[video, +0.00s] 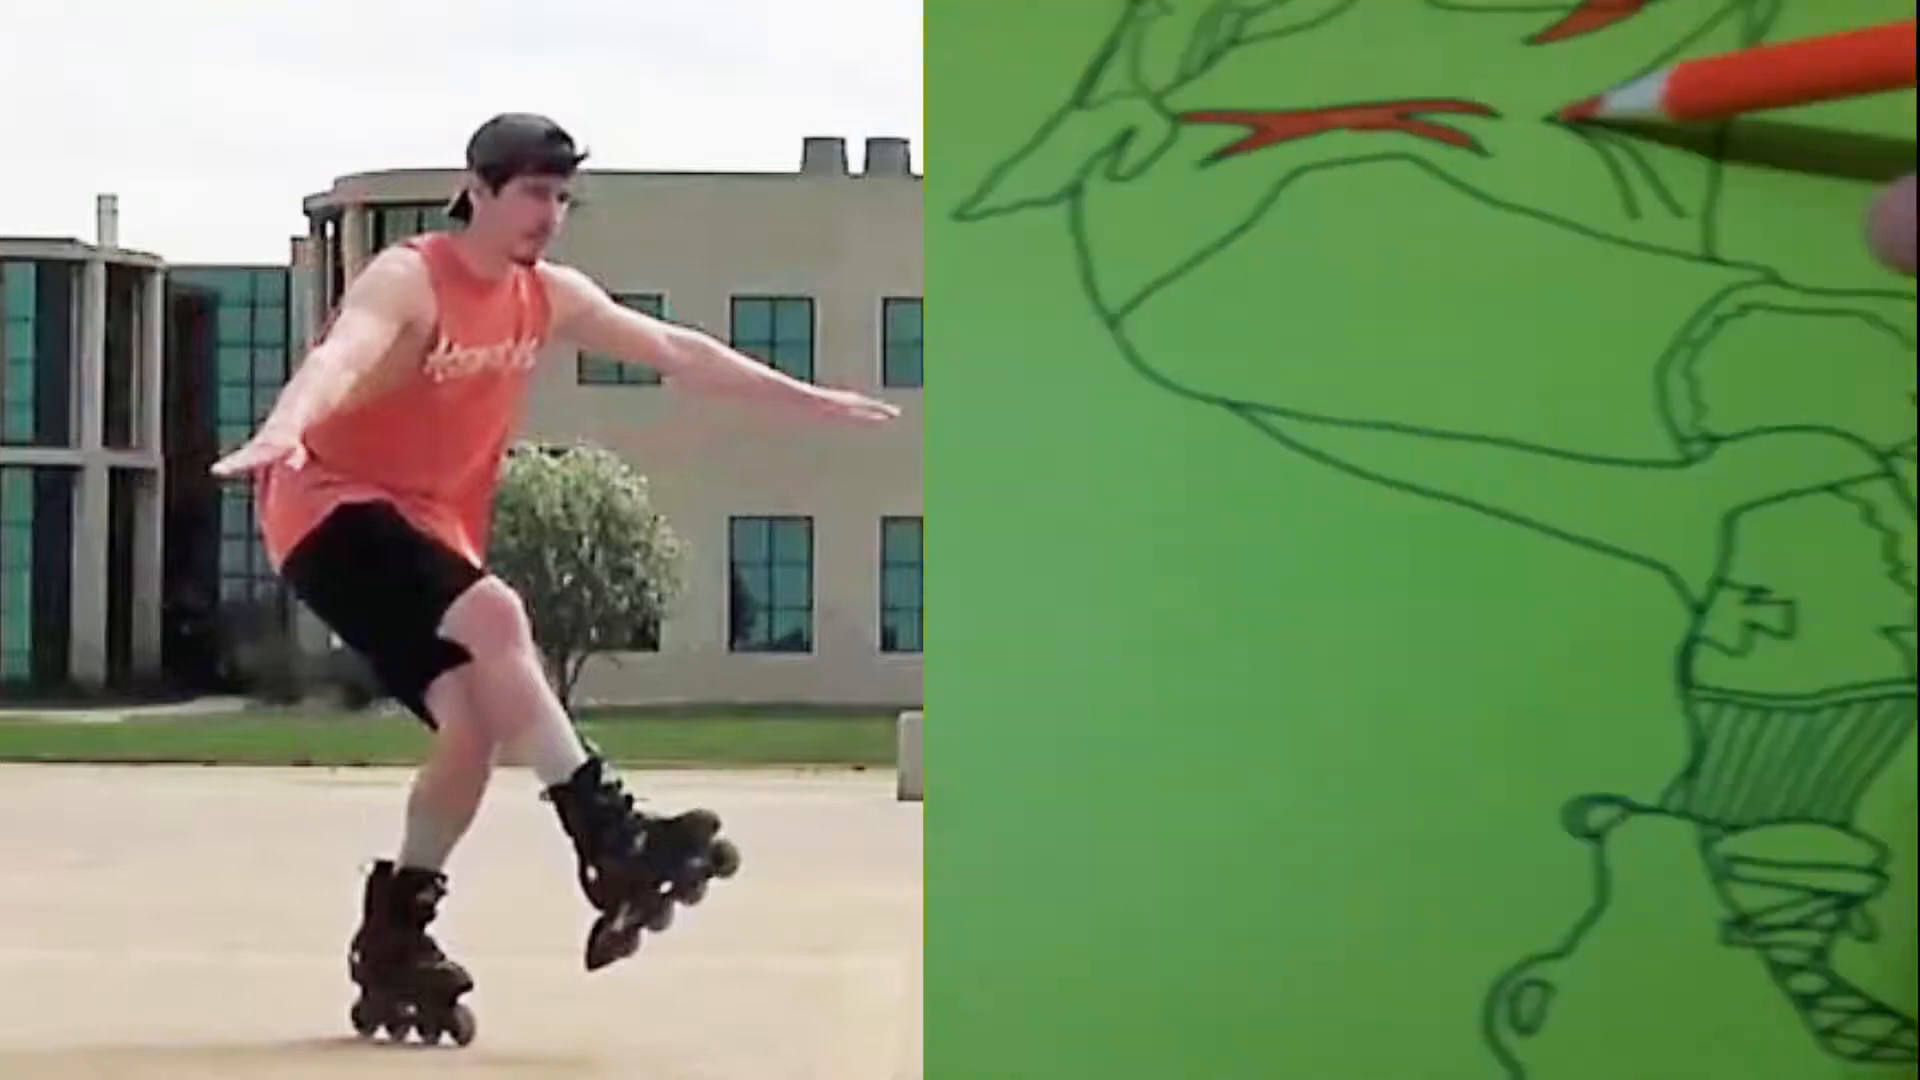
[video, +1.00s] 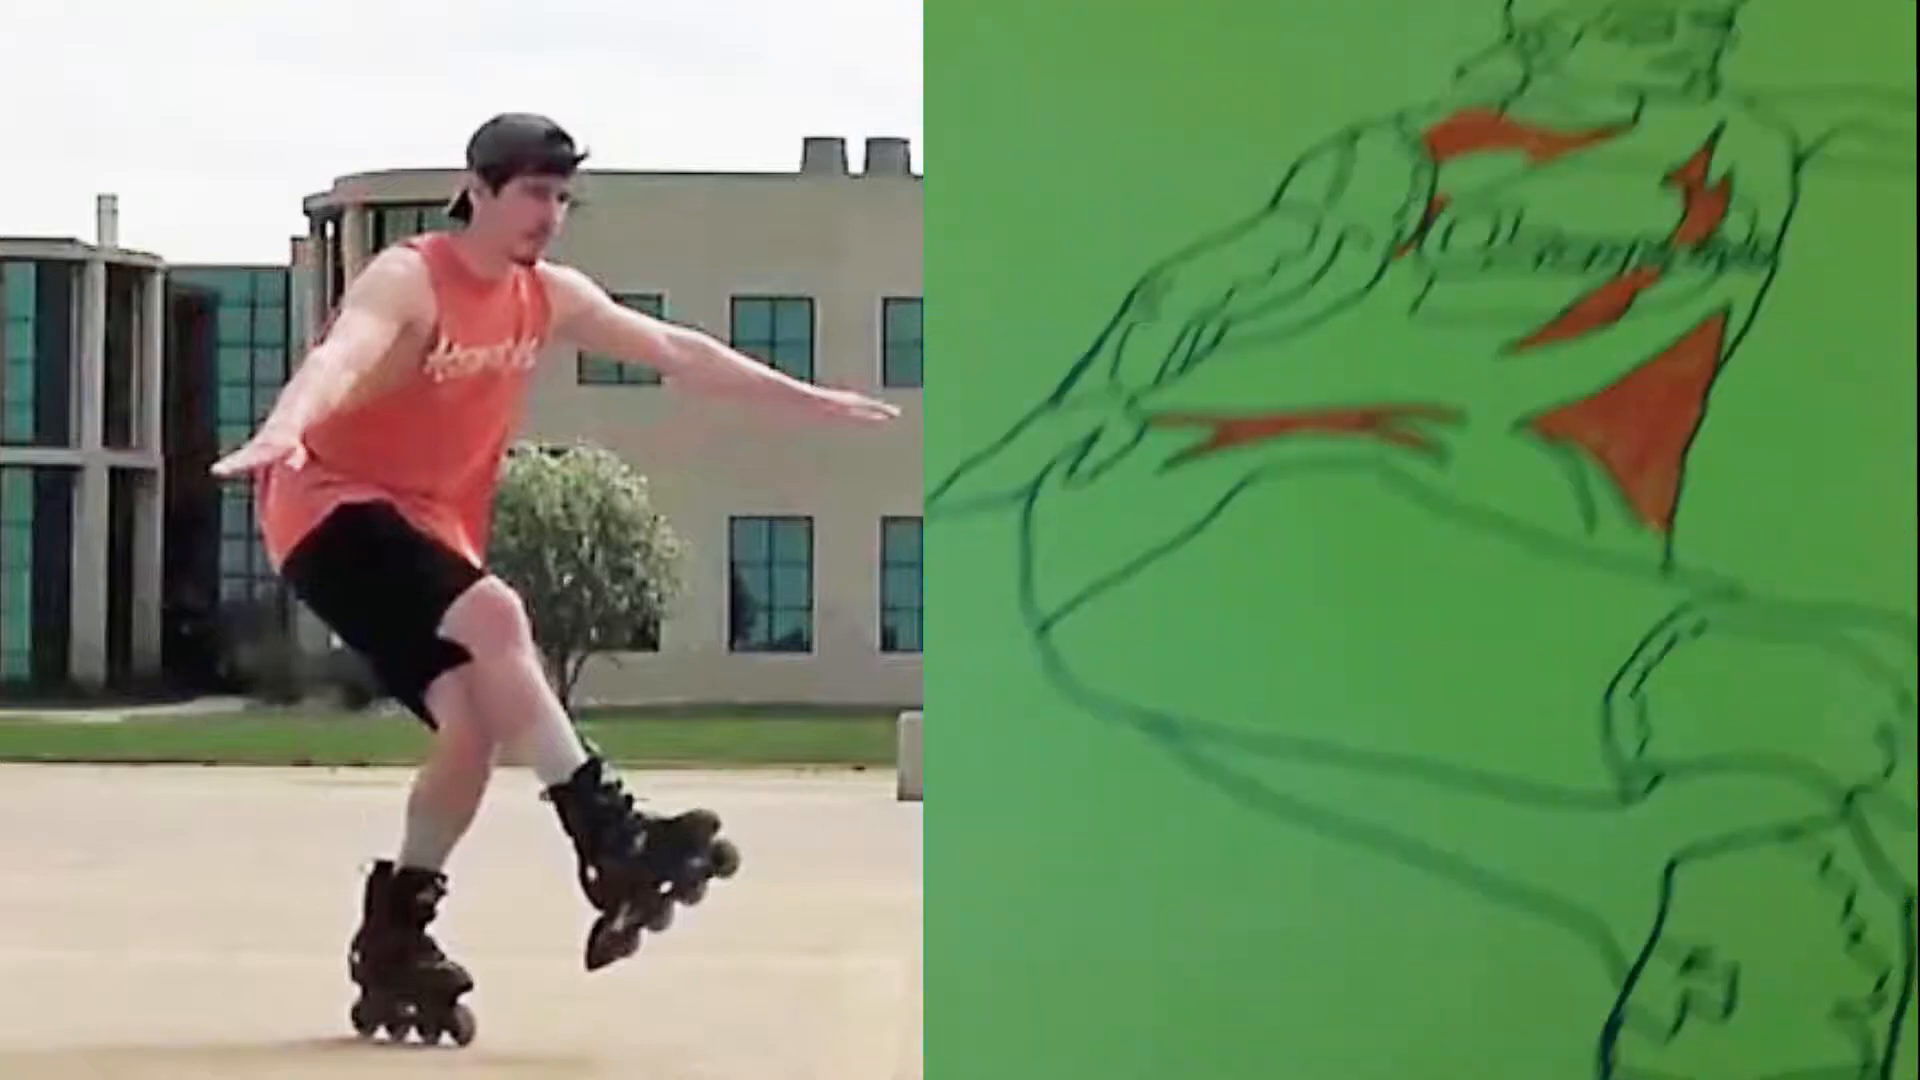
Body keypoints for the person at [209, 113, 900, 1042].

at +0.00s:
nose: (552, 214)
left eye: (561, 199)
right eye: (535, 195)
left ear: (562, 204)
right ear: (477, 191)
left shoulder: (552, 293)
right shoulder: (409, 274)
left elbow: (675, 351)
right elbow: (341, 357)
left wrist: (811, 400)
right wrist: (283, 429)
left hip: (436, 529)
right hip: (333, 503)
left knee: (478, 723)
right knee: (492, 616)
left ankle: (394, 937)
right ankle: (611, 843)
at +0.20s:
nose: (552, 214)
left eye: (562, 198)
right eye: (536, 195)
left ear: (562, 203)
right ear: (477, 191)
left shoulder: (551, 293)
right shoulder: (408, 274)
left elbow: (674, 350)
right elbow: (341, 356)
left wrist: (810, 399)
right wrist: (283, 428)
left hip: (436, 529)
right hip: (333, 504)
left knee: (478, 724)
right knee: (492, 616)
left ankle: (393, 937)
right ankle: (612, 843)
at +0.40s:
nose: (552, 214)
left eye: (562, 198)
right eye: (536, 195)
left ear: (563, 203)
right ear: (476, 191)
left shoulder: (551, 293)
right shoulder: (409, 274)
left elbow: (674, 350)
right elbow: (341, 356)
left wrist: (810, 399)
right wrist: (283, 429)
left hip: (436, 529)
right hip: (334, 504)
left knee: (478, 724)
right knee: (492, 616)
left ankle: (393, 936)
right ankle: (611, 843)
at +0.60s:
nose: (552, 214)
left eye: (562, 198)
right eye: (536, 195)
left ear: (563, 203)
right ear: (476, 191)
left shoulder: (551, 293)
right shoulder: (409, 274)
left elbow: (674, 350)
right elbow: (341, 356)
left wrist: (810, 399)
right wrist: (283, 429)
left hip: (436, 529)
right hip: (333, 504)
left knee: (478, 723)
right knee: (492, 616)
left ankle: (394, 936)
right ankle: (611, 843)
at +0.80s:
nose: (552, 214)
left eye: (562, 198)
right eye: (536, 195)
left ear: (562, 203)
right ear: (477, 191)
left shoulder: (551, 293)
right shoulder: (408, 274)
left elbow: (674, 350)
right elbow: (341, 356)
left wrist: (810, 399)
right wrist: (283, 428)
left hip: (435, 530)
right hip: (333, 504)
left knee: (478, 723)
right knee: (492, 616)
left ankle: (393, 937)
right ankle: (612, 843)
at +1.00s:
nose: (552, 214)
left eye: (562, 198)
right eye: (536, 195)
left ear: (562, 203)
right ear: (477, 191)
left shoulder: (551, 293)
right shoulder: (409, 274)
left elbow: (674, 350)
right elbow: (341, 356)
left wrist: (810, 399)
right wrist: (283, 429)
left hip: (436, 530)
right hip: (334, 505)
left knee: (478, 723)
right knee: (492, 616)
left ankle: (393, 936)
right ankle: (611, 843)